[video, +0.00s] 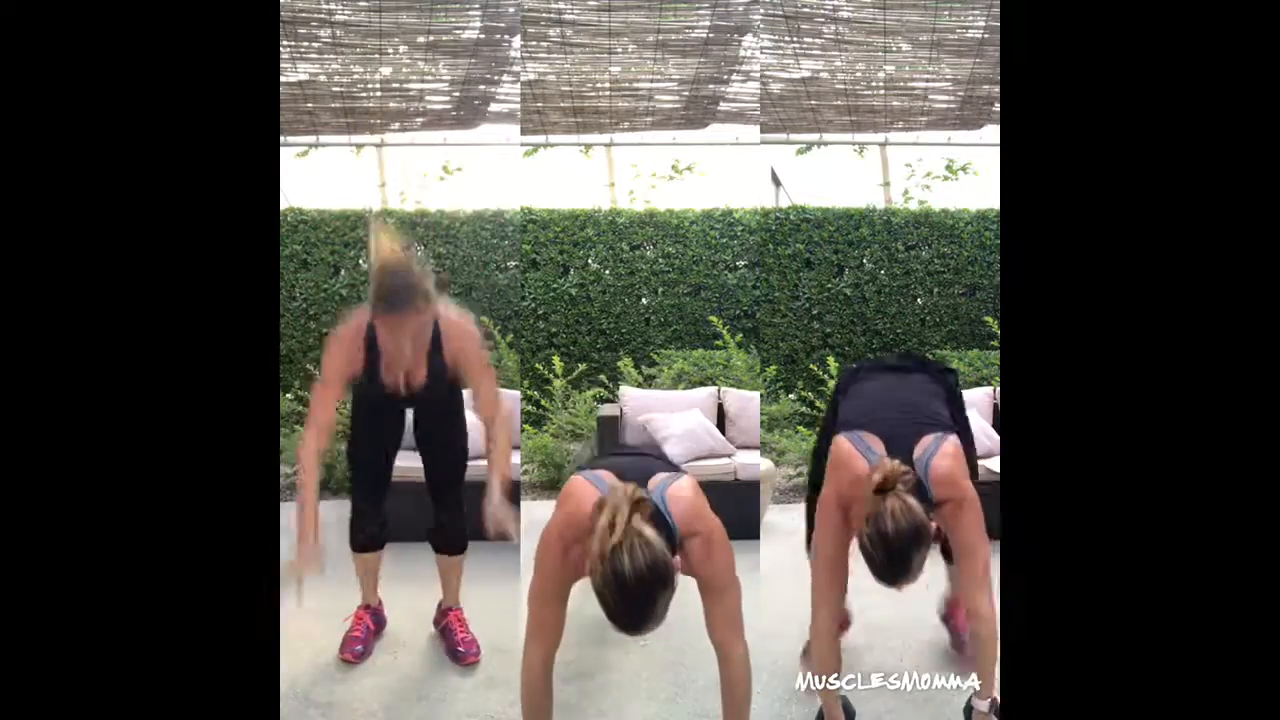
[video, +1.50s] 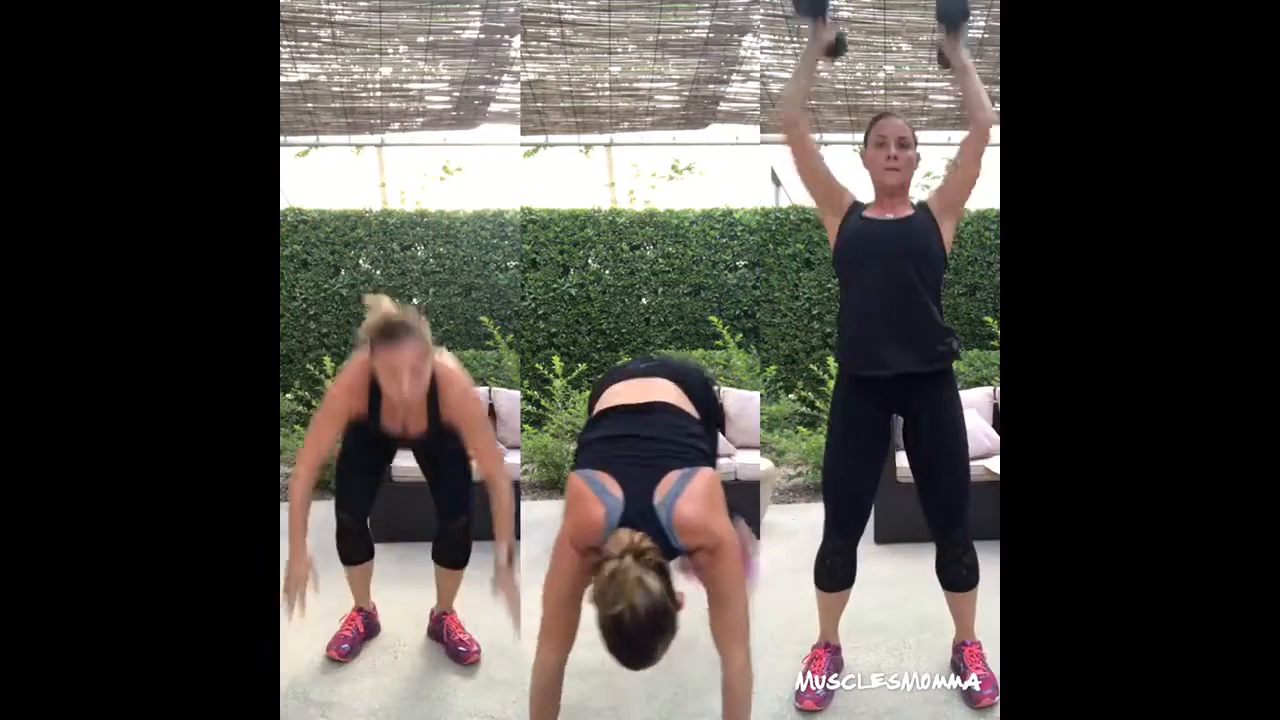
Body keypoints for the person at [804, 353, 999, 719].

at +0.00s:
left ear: (931, 528)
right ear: (860, 528)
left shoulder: (953, 481)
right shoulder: (841, 484)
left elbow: (980, 605)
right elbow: (823, 615)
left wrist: (986, 700)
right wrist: (831, 708)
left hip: (934, 381)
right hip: (857, 382)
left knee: (963, 518)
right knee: (823, 524)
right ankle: (832, 612)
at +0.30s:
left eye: (908, 450)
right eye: (881, 453)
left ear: (927, 439)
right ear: (863, 446)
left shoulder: (954, 467)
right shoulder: (842, 464)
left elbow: (992, 580)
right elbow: (817, 586)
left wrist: (991, 690)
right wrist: (825, 705)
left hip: (933, 517)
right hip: (860, 518)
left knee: (967, 569)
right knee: (818, 575)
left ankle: (967, 646)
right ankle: (825, 656)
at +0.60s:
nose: (899, 351)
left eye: (910, 336)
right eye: (885, 338)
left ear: (929, 337)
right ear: (866, 341)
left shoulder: (953, 386)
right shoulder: (838, 388)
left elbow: (988, 451)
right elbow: (794, 459)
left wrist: (989, 512)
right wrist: (791, 534)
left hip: (927, 460)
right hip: (857, 460)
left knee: (957, 552)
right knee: (823, 558)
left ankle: (966, 647)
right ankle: (825, 649)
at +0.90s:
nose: (894, 304)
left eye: (905, 293)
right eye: (880, 294)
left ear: (922, 304)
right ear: (863, 306)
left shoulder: (947, 367)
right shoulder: (837, 367)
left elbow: (985, 462)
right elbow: (799, 465)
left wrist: (982, 389)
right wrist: (803, 389)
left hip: (932, 483)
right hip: (860, 482)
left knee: (966, 565)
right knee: (817, 569)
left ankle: (967, 651)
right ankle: (827, 652)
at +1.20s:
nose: (892, 220)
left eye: (902, 211)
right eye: (880, 212)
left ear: (918, 229)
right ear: (864, 233)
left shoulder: (947, 293)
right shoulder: (842, 293)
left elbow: (987, 358)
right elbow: (799, 365)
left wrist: (978, 289)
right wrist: (810, 293)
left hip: (934, 442)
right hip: (862, 442)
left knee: (967, 559)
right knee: (824, 559)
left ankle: (968, 650)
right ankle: (825, 652)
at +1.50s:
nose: (894, 153)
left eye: (903, 145)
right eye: (883, 145)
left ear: (917, 157)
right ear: (864, 157)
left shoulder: (938, 214)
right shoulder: (841, 213)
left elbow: (982, 126)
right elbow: (793, 124)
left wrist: (954, 47)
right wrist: (814, 45)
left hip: (932, 388)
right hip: (860, 389)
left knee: (953, 531)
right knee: (840, 531)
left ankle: (968, 648)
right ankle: (826, 649)